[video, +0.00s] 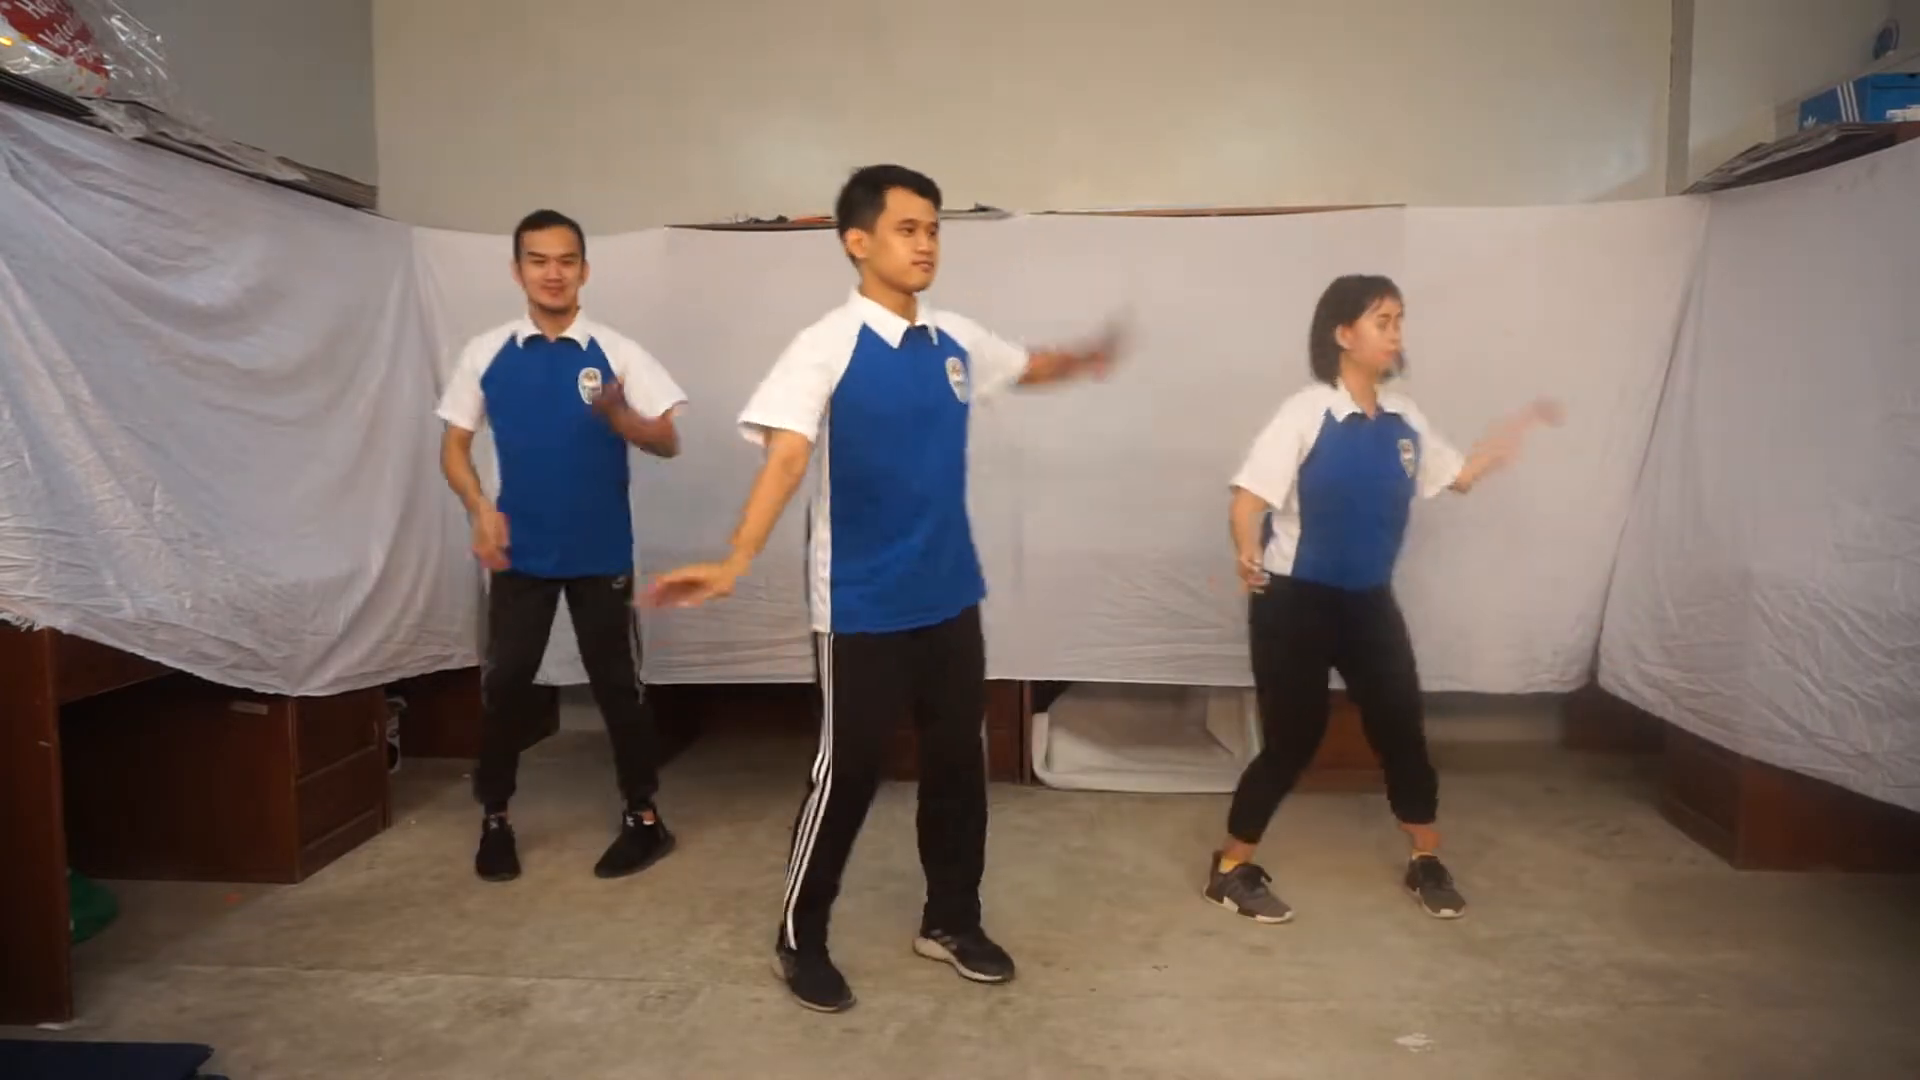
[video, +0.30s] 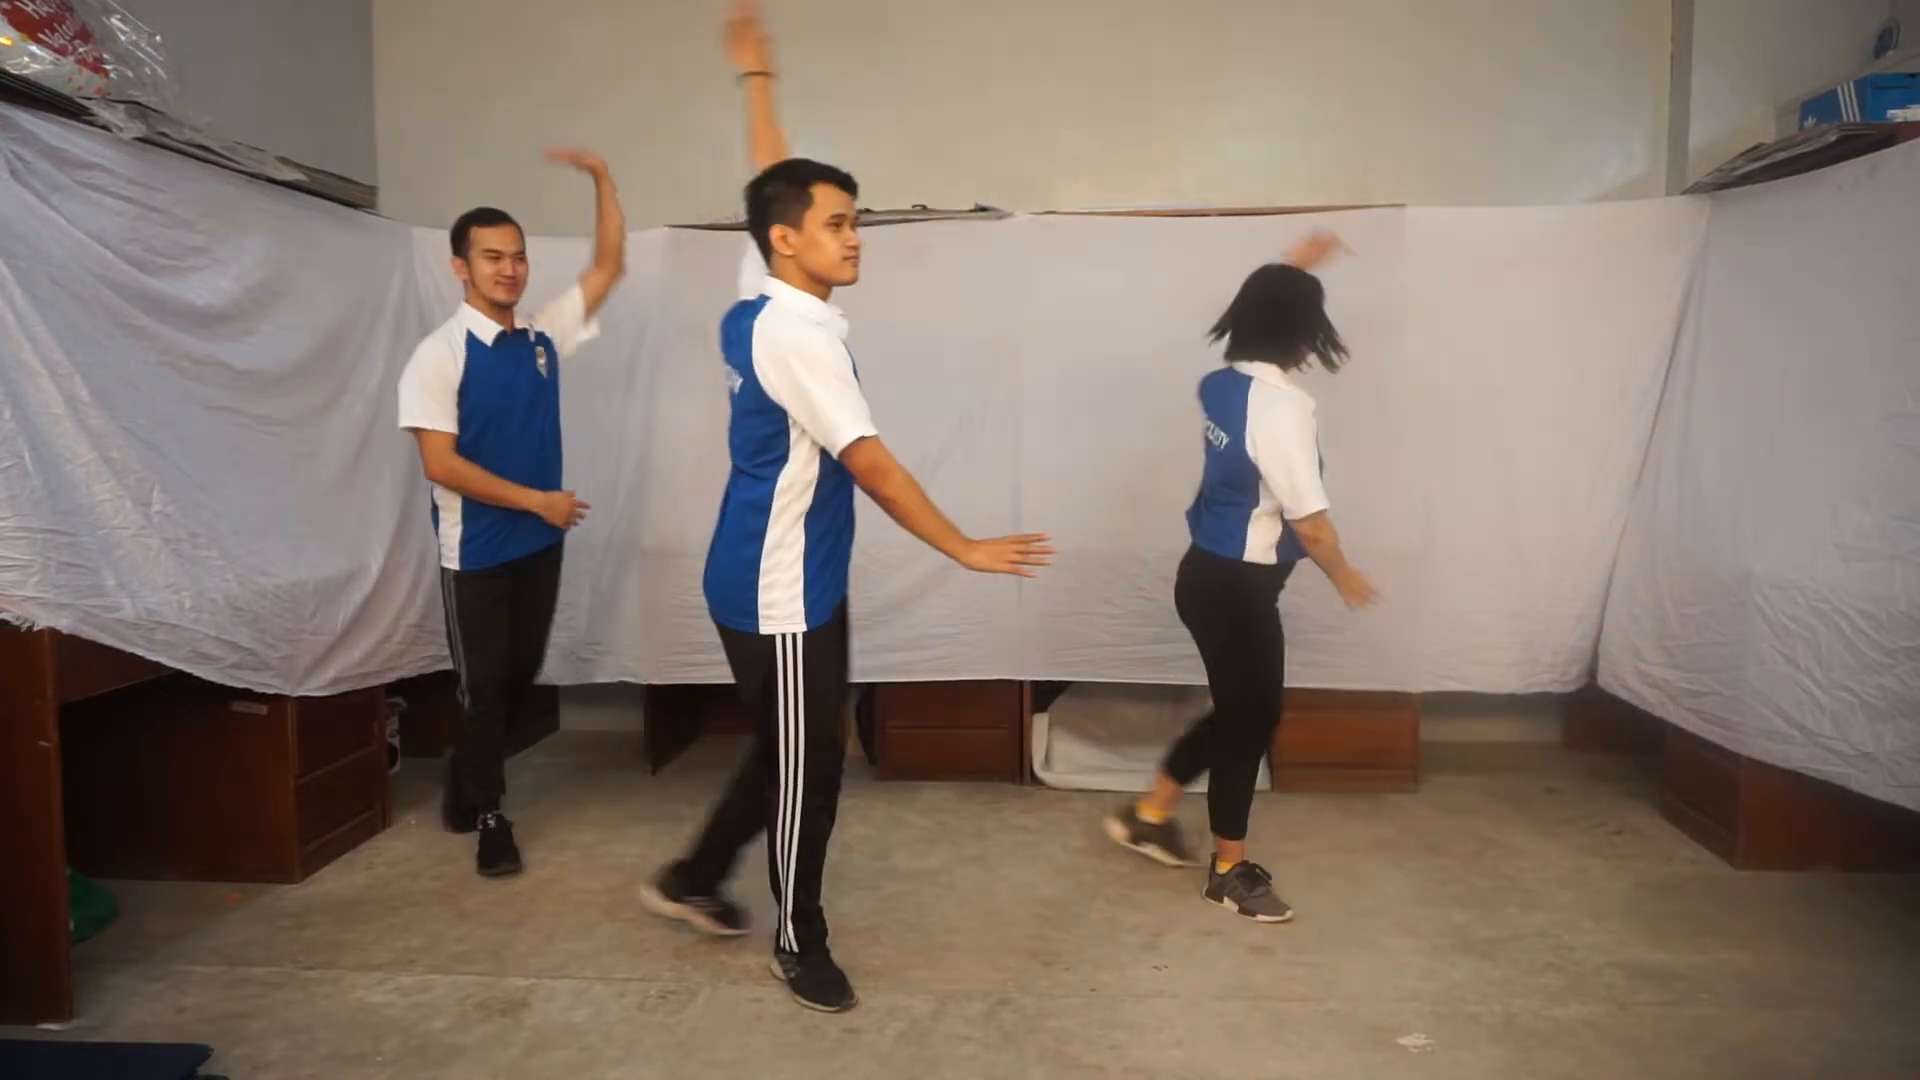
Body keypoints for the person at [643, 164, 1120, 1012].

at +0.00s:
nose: (928, 245)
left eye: (933, 231)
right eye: (909, 230)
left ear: (935, 243)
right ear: (858, 241)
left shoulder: (954, 335)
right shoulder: (826, 346)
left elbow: (1028, 366)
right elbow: (786, 461)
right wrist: (735, 564)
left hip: (949, 597)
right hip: (861, 607)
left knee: (957, 762)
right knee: (850, 770)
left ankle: (951, 919)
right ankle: (800, 937)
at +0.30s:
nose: (855, 242)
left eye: (853, 225)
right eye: (837, 227)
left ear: (788, 235)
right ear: (780, 237)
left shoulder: (768, 303)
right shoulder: (800, 339)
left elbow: (774, 196)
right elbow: (868, 465)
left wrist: (756, 78)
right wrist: (967, 549)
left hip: (771, 581)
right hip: (786, 596)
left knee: (789, 746)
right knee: (806, 773)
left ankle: (695, 876)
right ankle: (801, 950)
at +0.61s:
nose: (791, 273)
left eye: (788, 256)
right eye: (775, 257)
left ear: (714, 269)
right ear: (717, 269)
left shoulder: (678, 321)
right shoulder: (744, 359)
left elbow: (671, 209)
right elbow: (787, 510)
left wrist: (638, 98)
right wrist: (770, 540)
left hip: (640, 600)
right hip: (699, 613)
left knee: (580, 769)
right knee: (781, 764)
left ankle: (505, 946)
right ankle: (789, 939)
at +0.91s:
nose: (811, 275)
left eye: (810, 258)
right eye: (796, 261)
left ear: (738, 270)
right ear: (739, 268)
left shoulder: (712, 327)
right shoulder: (763, 355)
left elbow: (727, 229)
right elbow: (806, 515)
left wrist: (737, 125)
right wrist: (804, 537)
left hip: (684, 596)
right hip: (731, 610)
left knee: (643, 762)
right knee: (785, 764)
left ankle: (535, 918)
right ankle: (755, 930)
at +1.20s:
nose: (909, 238)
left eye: (908, 222)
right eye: (891, 226)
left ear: (871, 236)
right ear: (838, 241)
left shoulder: (869, 317)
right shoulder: (836, 327)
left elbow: (853, 439)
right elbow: (856, 467)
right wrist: (911, 510)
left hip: (869, 576)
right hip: (814, 588)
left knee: (915, 707)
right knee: (796, 755)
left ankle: (861, 861)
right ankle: (753, 927)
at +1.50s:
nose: (993, 246)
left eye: (1002, 229)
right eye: (972, 234)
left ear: (1016, 237)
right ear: (938, 249)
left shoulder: (1043, 349)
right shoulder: (910, 342)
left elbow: (1069, 471)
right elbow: (863, 461)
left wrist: (1098, 581)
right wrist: (976, 520)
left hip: (1018, 589)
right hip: (941, 597)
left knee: (990, 757)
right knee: (959, 769)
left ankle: (965, 889)